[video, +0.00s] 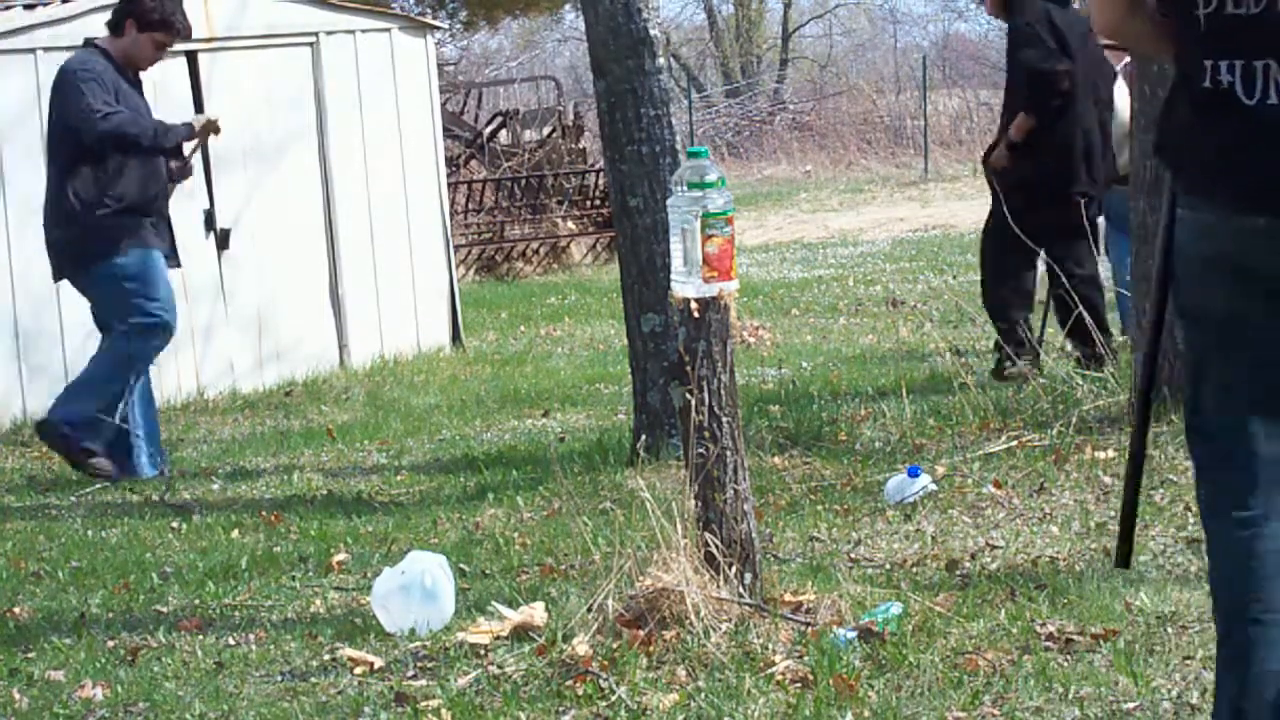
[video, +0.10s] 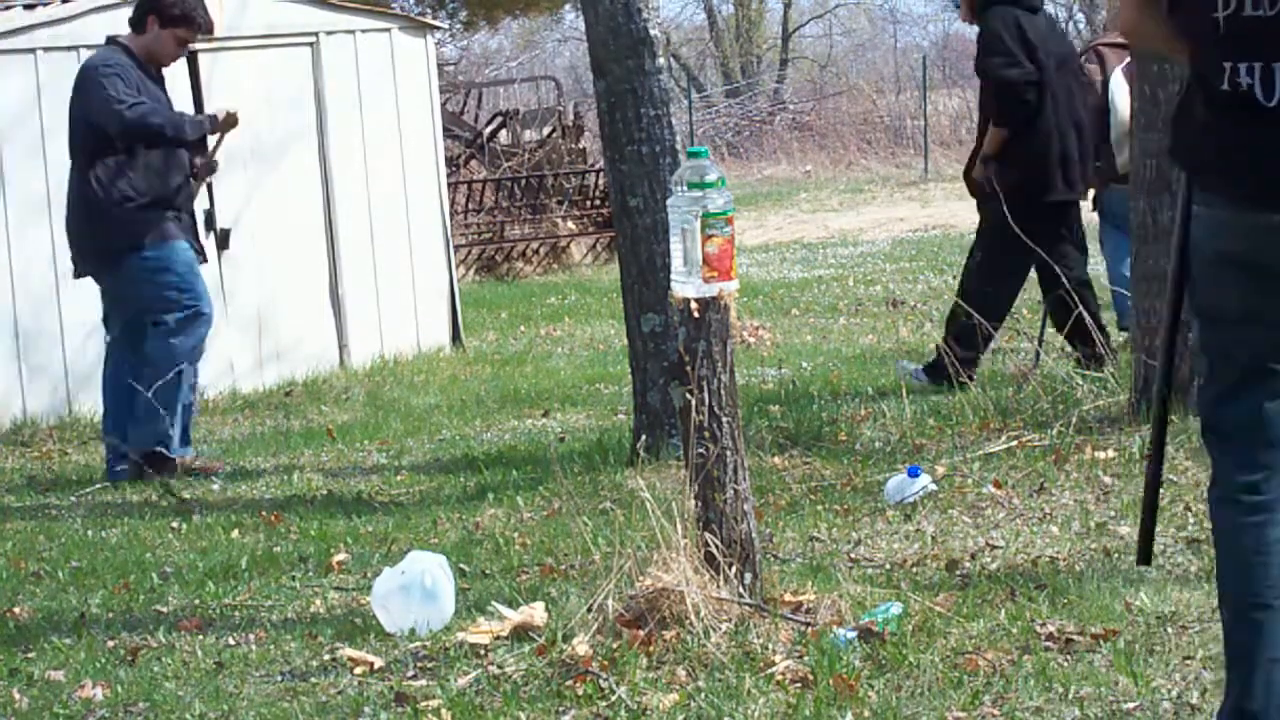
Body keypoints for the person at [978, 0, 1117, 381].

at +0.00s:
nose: (985, 6)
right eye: (983, 2)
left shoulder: (1026, 21)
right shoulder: (1075, 20)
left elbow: (1052, 83)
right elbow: (1104, 84)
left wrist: (1010, 142)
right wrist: (1096, 156)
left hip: (1033, 171)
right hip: (1079, 166)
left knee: (1004, 255)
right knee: (1073, 259)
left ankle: (1017, 356)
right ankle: (1095, 354)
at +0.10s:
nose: (959, 10)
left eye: (959, 2)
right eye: (957, 4)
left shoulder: (998, 20)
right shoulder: (1044, 21)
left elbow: (1014, 87)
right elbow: (1083, 91)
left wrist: (986, 153)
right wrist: (1083, 164)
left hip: (1020, 174)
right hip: (1058, 168)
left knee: (989, 274)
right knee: (1065, 273)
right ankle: (1099, 365)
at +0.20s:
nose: (930, 14)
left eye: (930, 6)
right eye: (927, 8)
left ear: (947, 1)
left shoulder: (966, 29)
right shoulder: (1018, 25)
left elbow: (985, 97)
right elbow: (1051, 85)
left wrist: (958, 159)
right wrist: (1054, 164)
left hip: (989, 178)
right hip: (1033, 171)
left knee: (967, 276)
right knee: (1046, 272)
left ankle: (940, 375)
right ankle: (1094, 358)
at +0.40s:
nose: (876, 18)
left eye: (874, 10)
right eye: (872, 12)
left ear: (889, 2)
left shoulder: (910, 29)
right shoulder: (961, 22)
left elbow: (926, 98)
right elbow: (1001, 76)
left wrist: (905, 158)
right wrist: (985, 144)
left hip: (937, 172)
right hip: (974, 167)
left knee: (925, 272)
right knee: (959, 261)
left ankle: (937, 377)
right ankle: (1030, 328)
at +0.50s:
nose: (855, 18)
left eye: (853, 9)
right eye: (852, 11)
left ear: (866, 2)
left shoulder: (886, 29)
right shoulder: (938, 19)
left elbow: (904, 101)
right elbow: (981, 72)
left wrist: (888, 161)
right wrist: (966, 136)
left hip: (923, 169)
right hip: (957, 163)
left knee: (912, 269)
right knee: (924, 261)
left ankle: (937, 374)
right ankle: (976, 335)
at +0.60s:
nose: (834, 16)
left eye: (833, 9)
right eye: (831, 10)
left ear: (845, 3)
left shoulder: (865, 30)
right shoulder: (921, 20)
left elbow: (883, 103)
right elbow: (962, 75)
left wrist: (869, 164)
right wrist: (949, 142)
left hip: (901, 172)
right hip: (937, 163)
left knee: (900, 260)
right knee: (899, 257)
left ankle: (929, 370)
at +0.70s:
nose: (812, 16)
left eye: (812, 9)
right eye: (811, 11)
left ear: (825, 4)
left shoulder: (846, 35)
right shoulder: (904, 25)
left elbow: (860, 105)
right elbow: (943, 80)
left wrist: (852, 163)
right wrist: (929, 146)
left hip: (884, 176)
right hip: (924, 168)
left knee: (903, 271)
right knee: (871, 268)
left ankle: (937, 372)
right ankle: (852, 368)